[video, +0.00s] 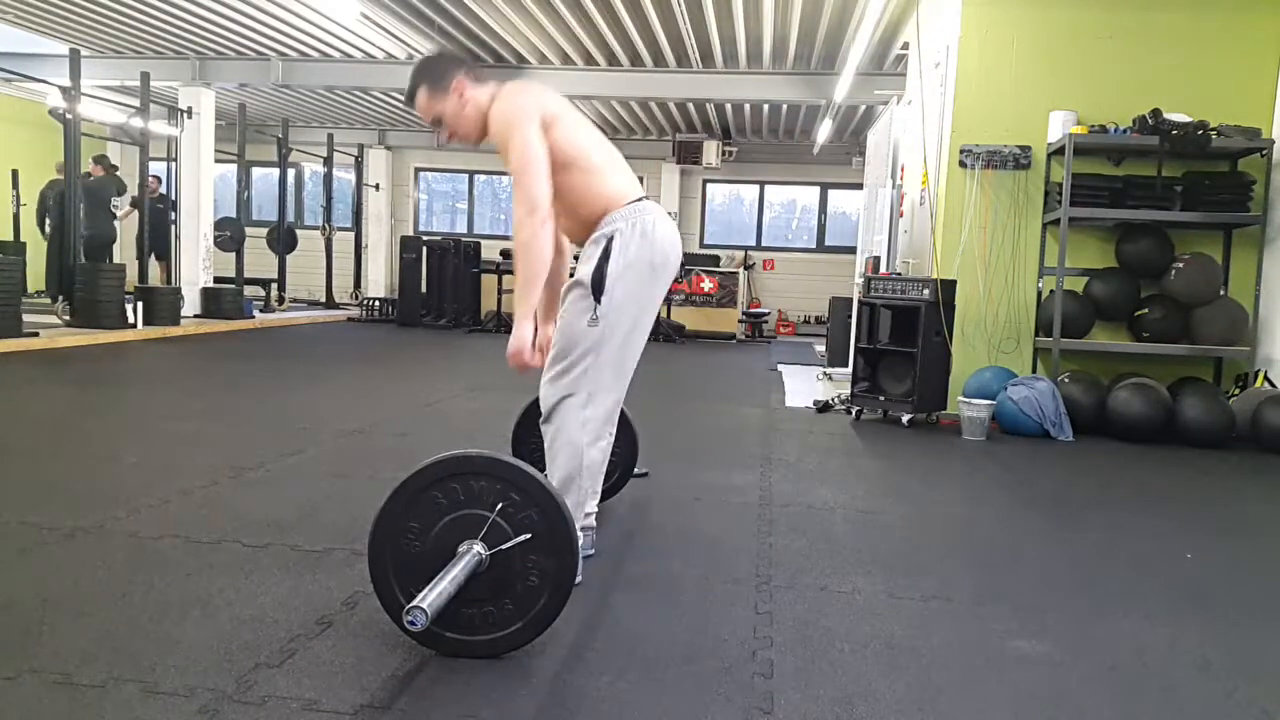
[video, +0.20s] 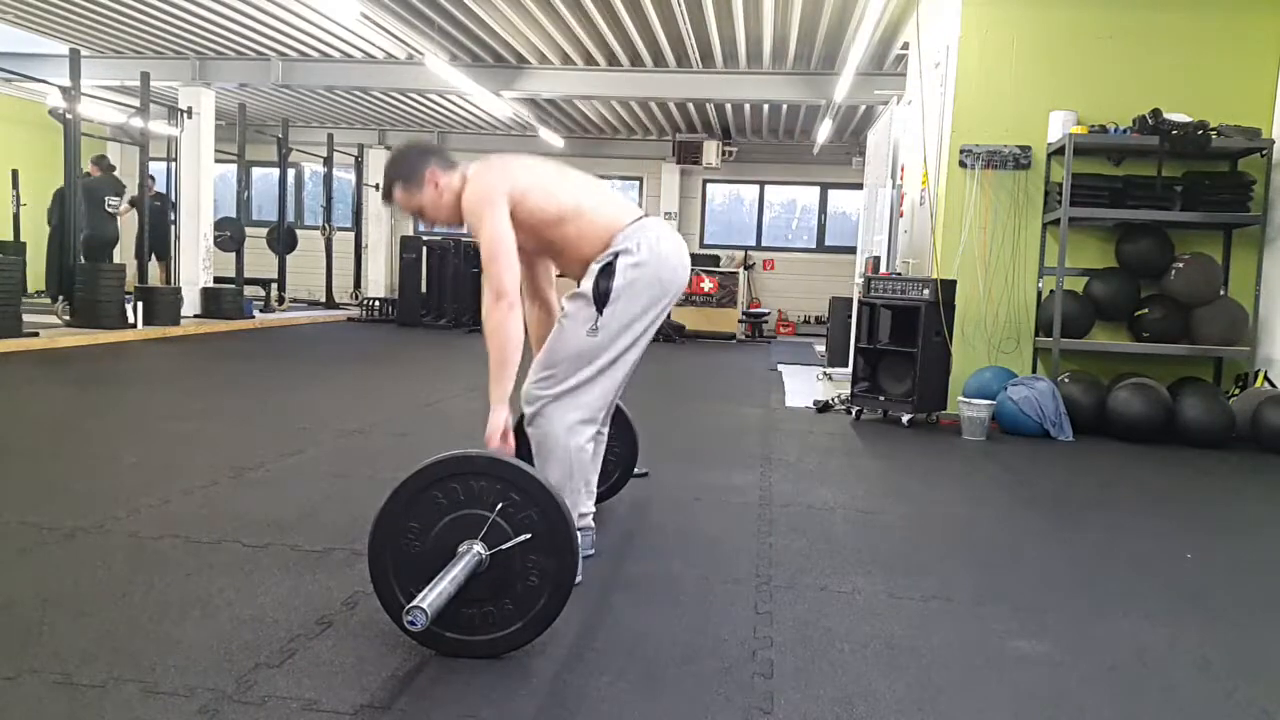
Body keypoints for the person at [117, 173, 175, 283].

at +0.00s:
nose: (149, 185)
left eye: (152, 183)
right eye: (148, 182)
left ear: (158, 186)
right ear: (146, 184)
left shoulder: (165, 200)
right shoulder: (140, 199)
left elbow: (180, 210)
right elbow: (127, 211)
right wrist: (117, 217)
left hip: (161, 237)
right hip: (144, 236)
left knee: (164, 266)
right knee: (142, 265)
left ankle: (165, 291)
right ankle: (142, 291)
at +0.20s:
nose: (147, 188)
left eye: (149, 185)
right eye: (144, 185)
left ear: (154, 185)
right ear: (141, 185)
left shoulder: (163, 198)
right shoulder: (137, 199)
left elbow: (177, 211)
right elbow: (123, 211)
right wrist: (115, 211)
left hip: (161, 236)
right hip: (144, 236)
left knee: (163, 267)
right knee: (141, 265)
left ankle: (165, 292)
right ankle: (140, 292)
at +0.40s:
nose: (136, 185)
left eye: (138, 182)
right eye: (135, 182)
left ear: (145, 183)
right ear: (135, 183)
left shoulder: (157, 198)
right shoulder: (133, 199)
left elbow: (168, 212)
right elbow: (136, 215)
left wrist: (167, 223)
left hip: (156, 234)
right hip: (139, 234)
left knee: (161, 263)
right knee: (137, 264)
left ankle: (164, 291)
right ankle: (137, 291)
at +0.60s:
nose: (131, 186)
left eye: (134, 183)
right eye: (129, 184)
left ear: (140, 183)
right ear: (127, 186)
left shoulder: (153, 197)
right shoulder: (128, 199)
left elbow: (165, 215)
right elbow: (124, 220)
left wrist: (170, 232)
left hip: (152, 234)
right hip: (135, 235)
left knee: (158, 262)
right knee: (135, 264)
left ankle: (163, 290)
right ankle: (134, 292)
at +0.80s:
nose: (131, 187)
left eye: (133, 184)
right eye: (128, 185)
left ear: (139, 184)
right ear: (126, 187)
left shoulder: (151, 198)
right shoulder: (127, 200)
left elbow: (162, 216)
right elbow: (124, 219)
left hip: (151, 234)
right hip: (134, 235)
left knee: (158, 263)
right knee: (133, 265)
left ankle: (164, 292)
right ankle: (130, 293)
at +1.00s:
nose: (134, 189)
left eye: (136, 186)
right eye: (131, 187)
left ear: (140, 186)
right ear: (129, 188)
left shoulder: (151, 198)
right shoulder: (128, 200)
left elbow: (162, 215)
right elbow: (124, 218)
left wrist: (167, 230)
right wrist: (126, 234)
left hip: (151, 232)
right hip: (135, 233)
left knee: (161, 261)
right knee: (134, 263)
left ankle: (165, 288)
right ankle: (131, 291)